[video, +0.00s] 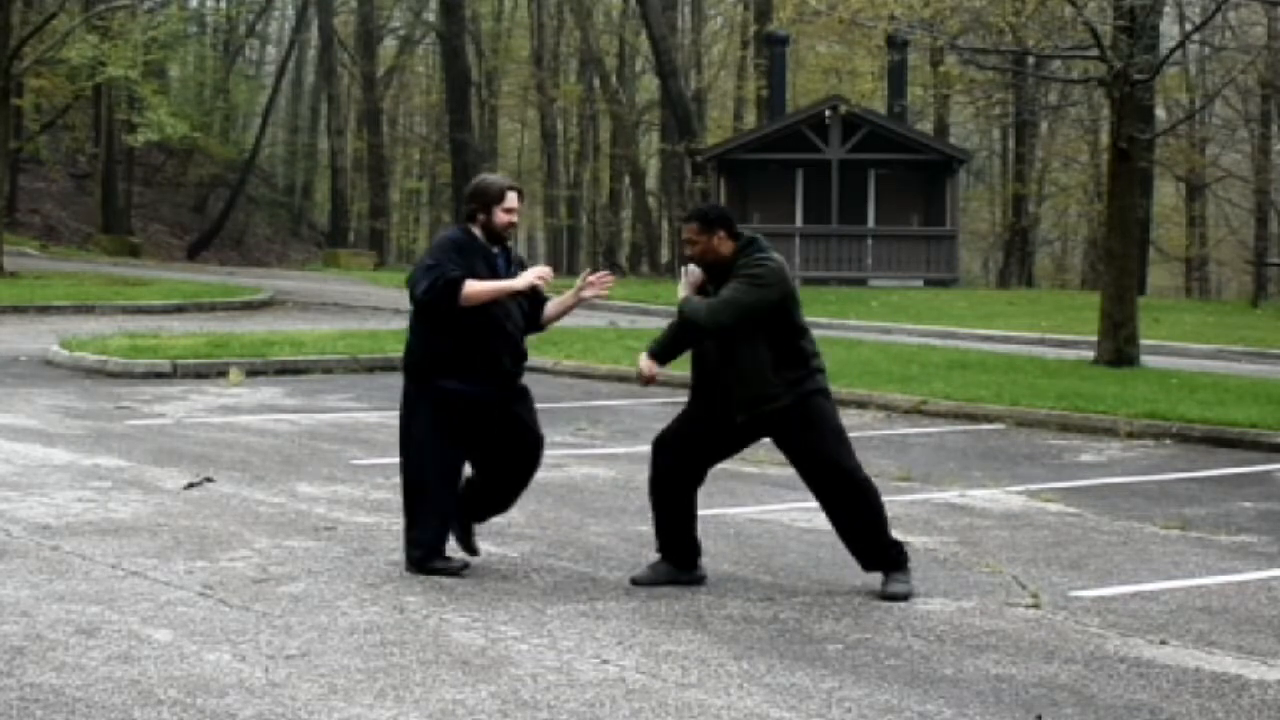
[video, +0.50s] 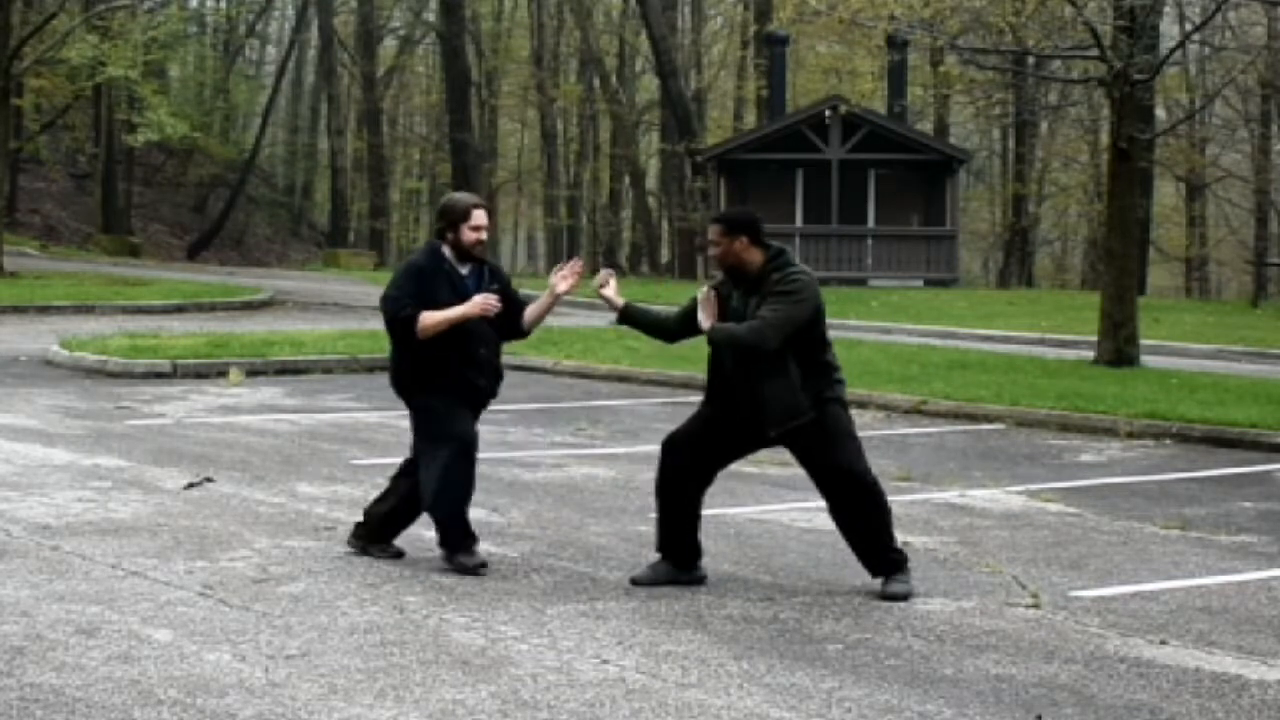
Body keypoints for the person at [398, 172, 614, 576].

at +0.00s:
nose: (514, 219)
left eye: (516, 212)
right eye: (507, 211)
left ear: (514, 213)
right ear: (481, 212)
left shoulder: (507, 259)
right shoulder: (451, 247)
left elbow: (532, 318)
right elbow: (437, 292)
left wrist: (576, 296)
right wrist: (515, 284)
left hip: (495, 384)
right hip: (439, 384)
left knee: (520, 453)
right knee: (433, 469)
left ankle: (465, 510)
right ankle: (424, 553)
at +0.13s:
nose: (495, 215)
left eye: (498, 207)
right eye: (488, 207)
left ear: (499, 209)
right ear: (462, 207)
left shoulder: (495, 256)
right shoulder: (434, 245)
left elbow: (519, 312)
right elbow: (416, 289)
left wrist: (564, 292)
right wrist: (486, 282)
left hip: (477, 379)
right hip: (430, 378)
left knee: (464, 459)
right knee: (425, 462)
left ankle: (404, 506)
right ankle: (422, 551)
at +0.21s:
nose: (487, 219)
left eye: (489, 212)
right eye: (479, 212)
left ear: (490, 215)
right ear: (454, 212)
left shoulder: (490, 260)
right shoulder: (428, 248)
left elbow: (517, 315)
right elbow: (402, 294)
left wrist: (559, 292)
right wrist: (472, 286)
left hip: (465, 381)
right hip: (422, 378)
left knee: (432, 459)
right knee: (423, 463)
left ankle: (380, 520)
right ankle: (421, 551)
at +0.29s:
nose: (480, 228)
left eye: (483, 221)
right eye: (472, 221)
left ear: (486, 223)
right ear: (448, 222)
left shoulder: (485, 268)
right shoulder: (421, 258)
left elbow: (514, 321)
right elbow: (397, 308)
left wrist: (554, 294)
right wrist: (463, 294)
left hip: (462, 383)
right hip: (420, 379)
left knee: (415, 453)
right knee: (438, 455)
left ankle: (370, 529)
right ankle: (423, 552)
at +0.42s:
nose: (478, 235)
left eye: (481, 228)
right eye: (469, 228)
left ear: (483, 230)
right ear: (446, 229)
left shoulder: (483, 274)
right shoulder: (417, 268)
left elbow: (508, 326)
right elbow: (399, 325)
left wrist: (549, 297)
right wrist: (460, 306)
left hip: (464, 388)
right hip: (422, 386)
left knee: (424, 461)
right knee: (449, 452)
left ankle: (369, 532)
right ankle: (435, 553)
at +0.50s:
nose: (483, 236)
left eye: (486, 228)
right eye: (475, 228)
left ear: (487, 230)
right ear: (450, 230)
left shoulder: (488, 274)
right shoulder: (422, 268)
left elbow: (513, 326)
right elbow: (405, 326)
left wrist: (552, 295)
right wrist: (464, 311)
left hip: (470, 388)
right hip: (427, 385)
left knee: (431, 462)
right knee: (457, 450)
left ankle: (372, 533)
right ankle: (458, 546)